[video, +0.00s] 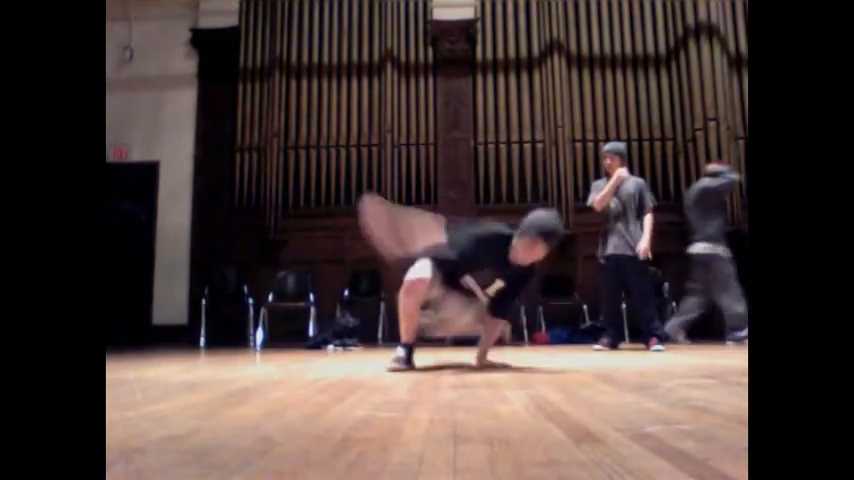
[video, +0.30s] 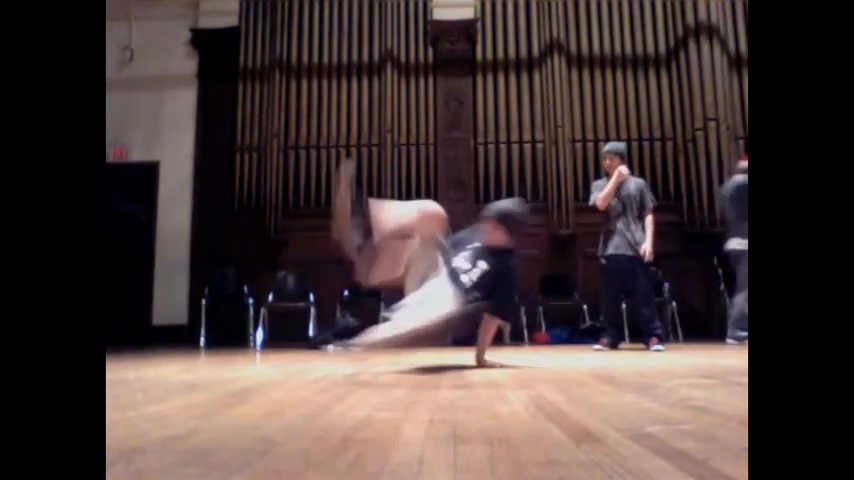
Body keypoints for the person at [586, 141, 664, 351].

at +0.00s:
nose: (608, 162)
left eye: (612, 158)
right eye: (605, 159)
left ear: (622, 160)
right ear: (603, 162)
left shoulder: (637, 183)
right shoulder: (599, 185)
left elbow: (648, 212)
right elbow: (597, 205)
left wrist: (645, 240)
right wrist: (615, 180)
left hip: (633, 248)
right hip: (609, 250)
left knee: (642, 296)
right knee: (610, 298)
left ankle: (652, 336)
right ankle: (610, 336)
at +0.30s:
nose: (608, 164)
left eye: (612, 159)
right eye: (605, 160)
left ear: (622, 160)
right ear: (603, 163)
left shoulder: (638, 184)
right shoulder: (599, 185)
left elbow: (648, 214)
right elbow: (600, 204)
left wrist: (648, 242)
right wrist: (615, 179)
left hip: (635, 249)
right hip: (610, 250)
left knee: (644, 297)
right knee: (611, 298)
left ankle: (653, 336)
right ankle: (611, 336)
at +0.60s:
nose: (606, 165)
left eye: (611, 160)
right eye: (604, 160)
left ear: (622, 161)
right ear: (602, 163)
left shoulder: (638, 184)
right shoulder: (600, 185)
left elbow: (648, 213)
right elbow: (602, 203)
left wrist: (648, 242)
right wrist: (616, 179)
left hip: (636, 249)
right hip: (611, 250)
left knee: (644, 296)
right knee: (611, 298)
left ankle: (653, 336)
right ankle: (610, 336)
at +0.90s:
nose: (607, 165)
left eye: (611, 160)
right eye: (604, 161)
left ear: (622, 162)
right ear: (602, 164)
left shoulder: (638, 185)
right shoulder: (598, 188)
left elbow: (648, 213)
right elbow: (590, 218)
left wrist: (647, 242)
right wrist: (610, 203)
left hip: (635, 247)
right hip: (610, 249)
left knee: (643, 294)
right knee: (611, 296)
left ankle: (653, 336)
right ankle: (612, 337)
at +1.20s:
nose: (611, 161)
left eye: (615, 156)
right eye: (608, 157)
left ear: (624, 159)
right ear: (605, 161)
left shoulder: (639, 184)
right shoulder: (599, 188)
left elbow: (652, 209)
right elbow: (593, 216)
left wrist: (645, 240)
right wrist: (598, 240)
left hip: (635, 251)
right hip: (611, 252)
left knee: (644, 297)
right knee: (610, 299)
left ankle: (653, 336)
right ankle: (609, 337)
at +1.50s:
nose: (612, 160)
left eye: (616, 156)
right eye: (609, 156)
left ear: (625, 159)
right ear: (606, 160)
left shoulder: (639, 183)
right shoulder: (599, 187)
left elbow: (650, 209)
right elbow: (594, 217)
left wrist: (641, 238)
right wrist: (597, 245)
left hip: (635, 253)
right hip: (610, 254)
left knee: (645, 298)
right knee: (609, 300)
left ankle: (653, 336)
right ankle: (609, 337)